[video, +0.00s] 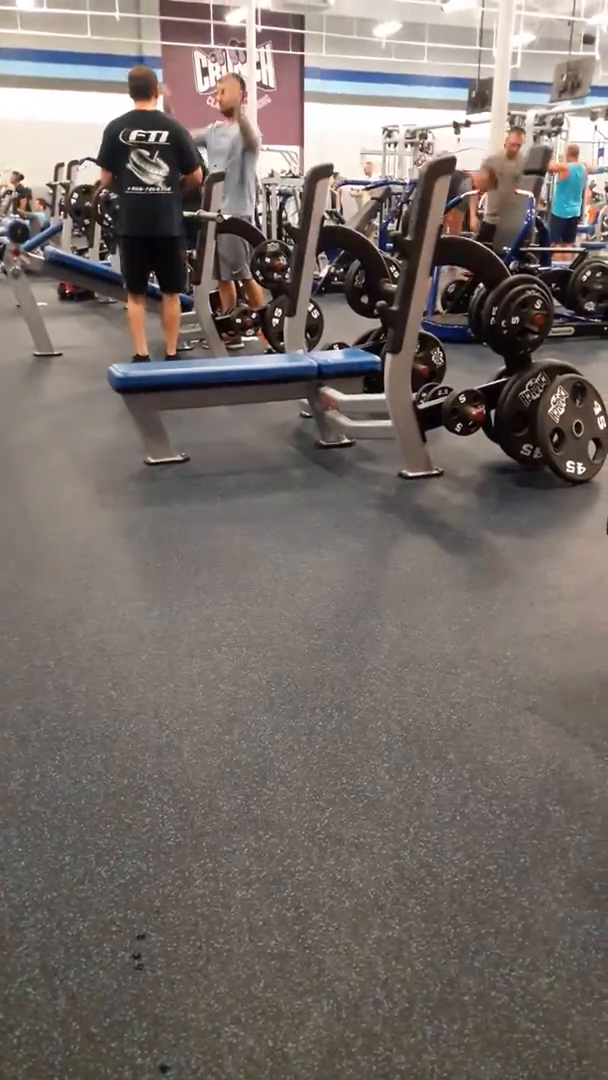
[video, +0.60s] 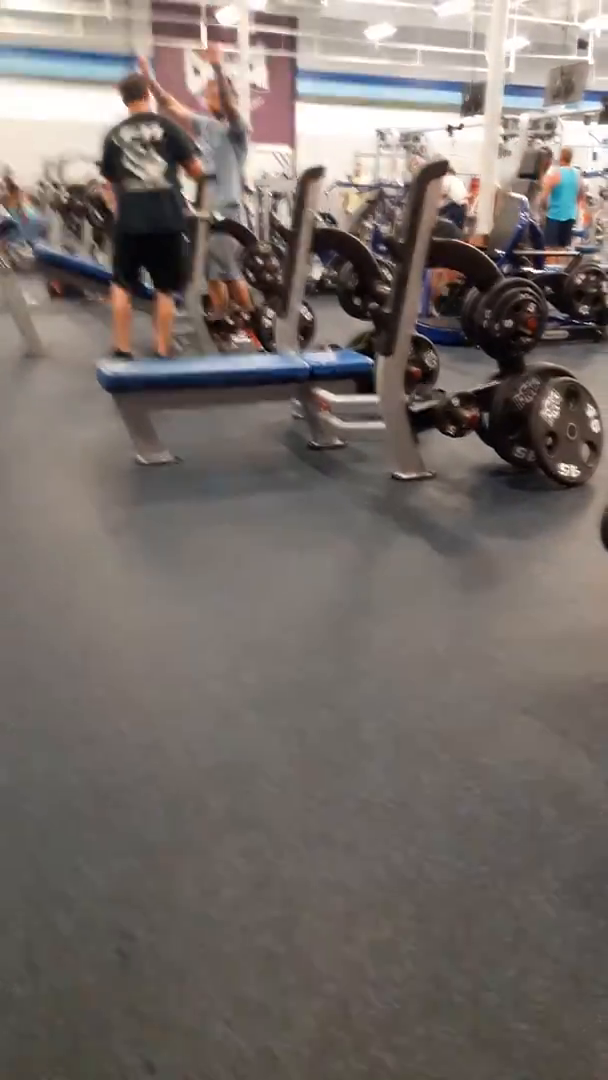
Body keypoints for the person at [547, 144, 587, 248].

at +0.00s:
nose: (566, 155)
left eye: (566, 153)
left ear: (567, 154)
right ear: (578, 154)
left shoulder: (563, 167)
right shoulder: (583, 168)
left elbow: (548, 166)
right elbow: (594, 168)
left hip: (560, 211)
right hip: (575, 211)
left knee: (556, 244)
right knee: (569, 243)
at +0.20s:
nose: (564, 155)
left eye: (565, 153)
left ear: (567, 154)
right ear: (578, 155)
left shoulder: (562, 169)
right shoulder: (584, 170)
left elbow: (548, 179)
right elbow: (592, 181)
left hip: (562, 211)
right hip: (577, 211)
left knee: (558, 244)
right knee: (571, 244)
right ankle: (570, 269)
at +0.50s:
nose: (561, 159)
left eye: (562, 157)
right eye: (562, 157)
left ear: (564, 159)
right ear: (575, 159)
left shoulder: (559, 175)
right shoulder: (582, 175)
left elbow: (548, 197)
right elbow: (586, 194)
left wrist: (548, 210)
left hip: (559, 217)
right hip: (574, 217)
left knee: (555, 250)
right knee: (568, 250)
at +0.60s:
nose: (561, 158)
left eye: (561, 156)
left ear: (560, 157)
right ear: (571, 158)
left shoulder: (554, 173)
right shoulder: (577, 174)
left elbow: (544, 194)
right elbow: (581, 194)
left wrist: (542, 206)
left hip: (554, 215)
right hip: (570, 216)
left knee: (550, 248)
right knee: (563, 248)